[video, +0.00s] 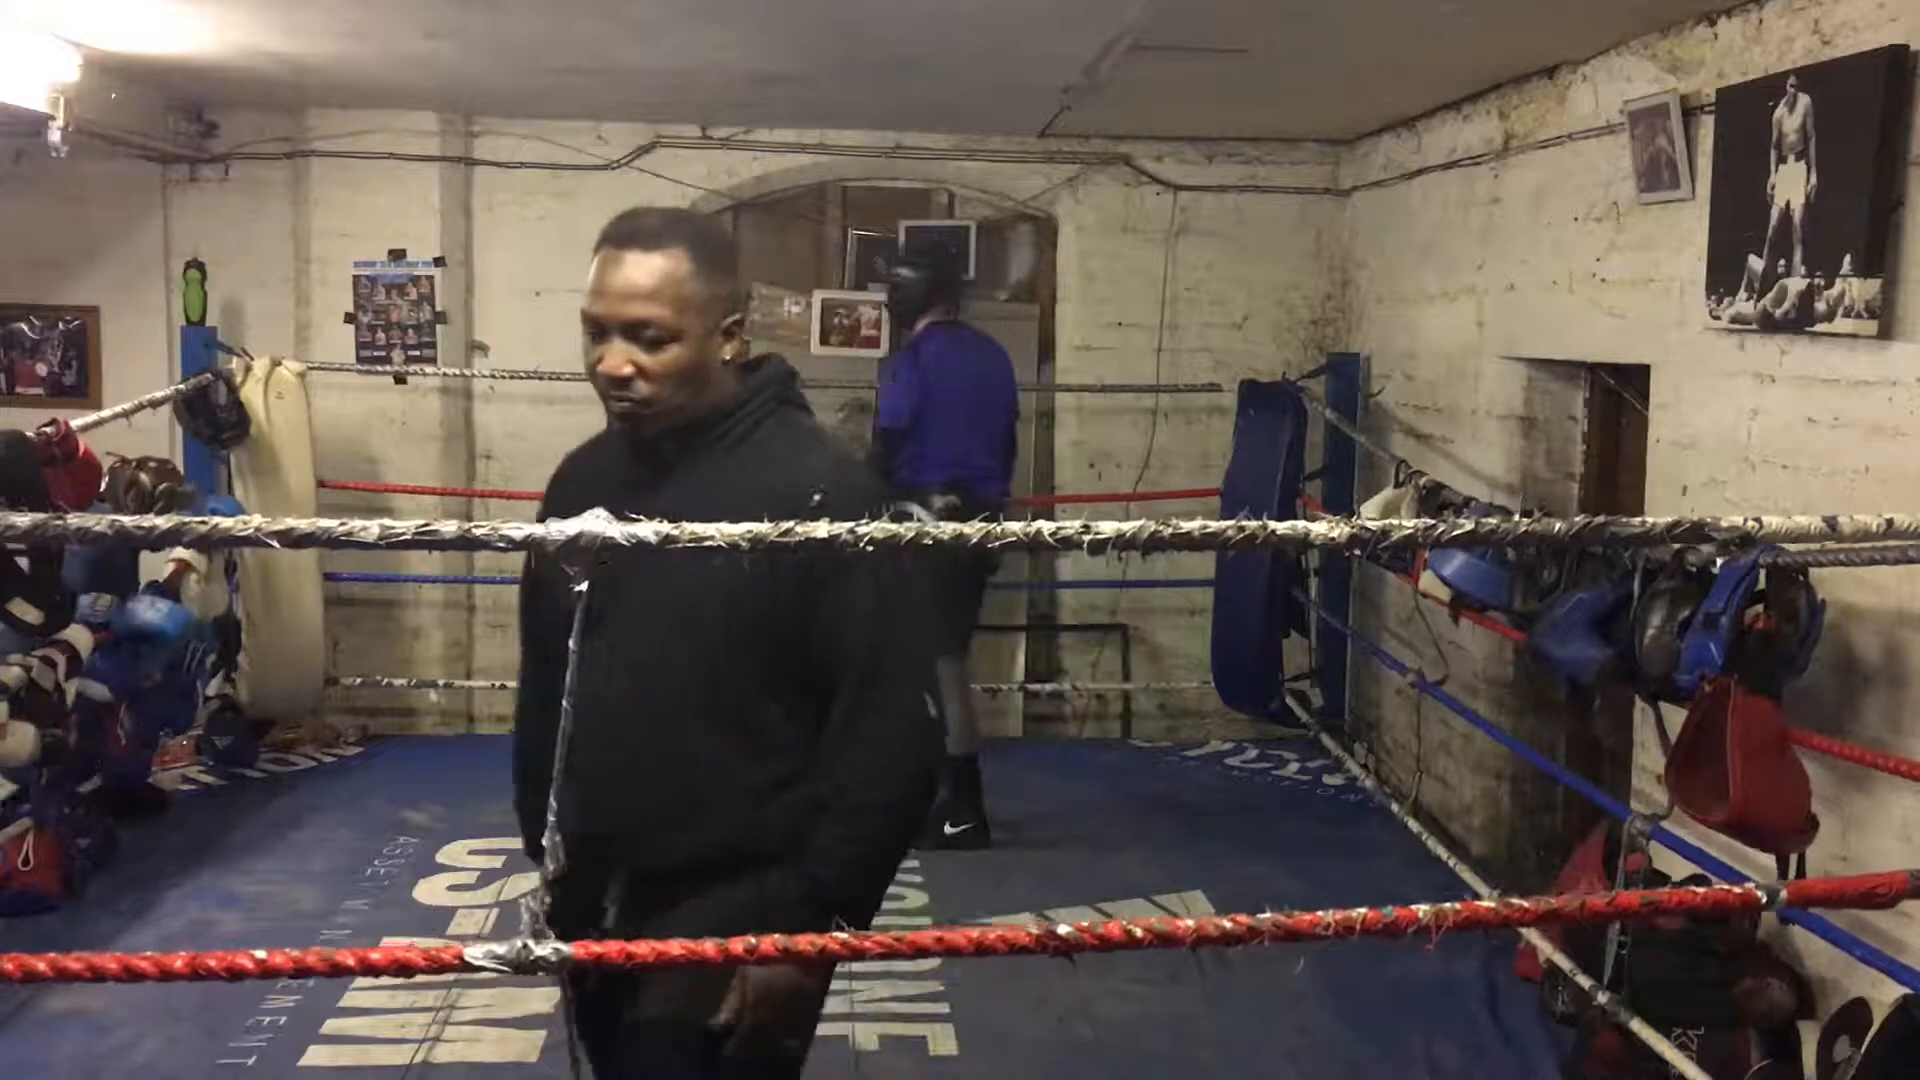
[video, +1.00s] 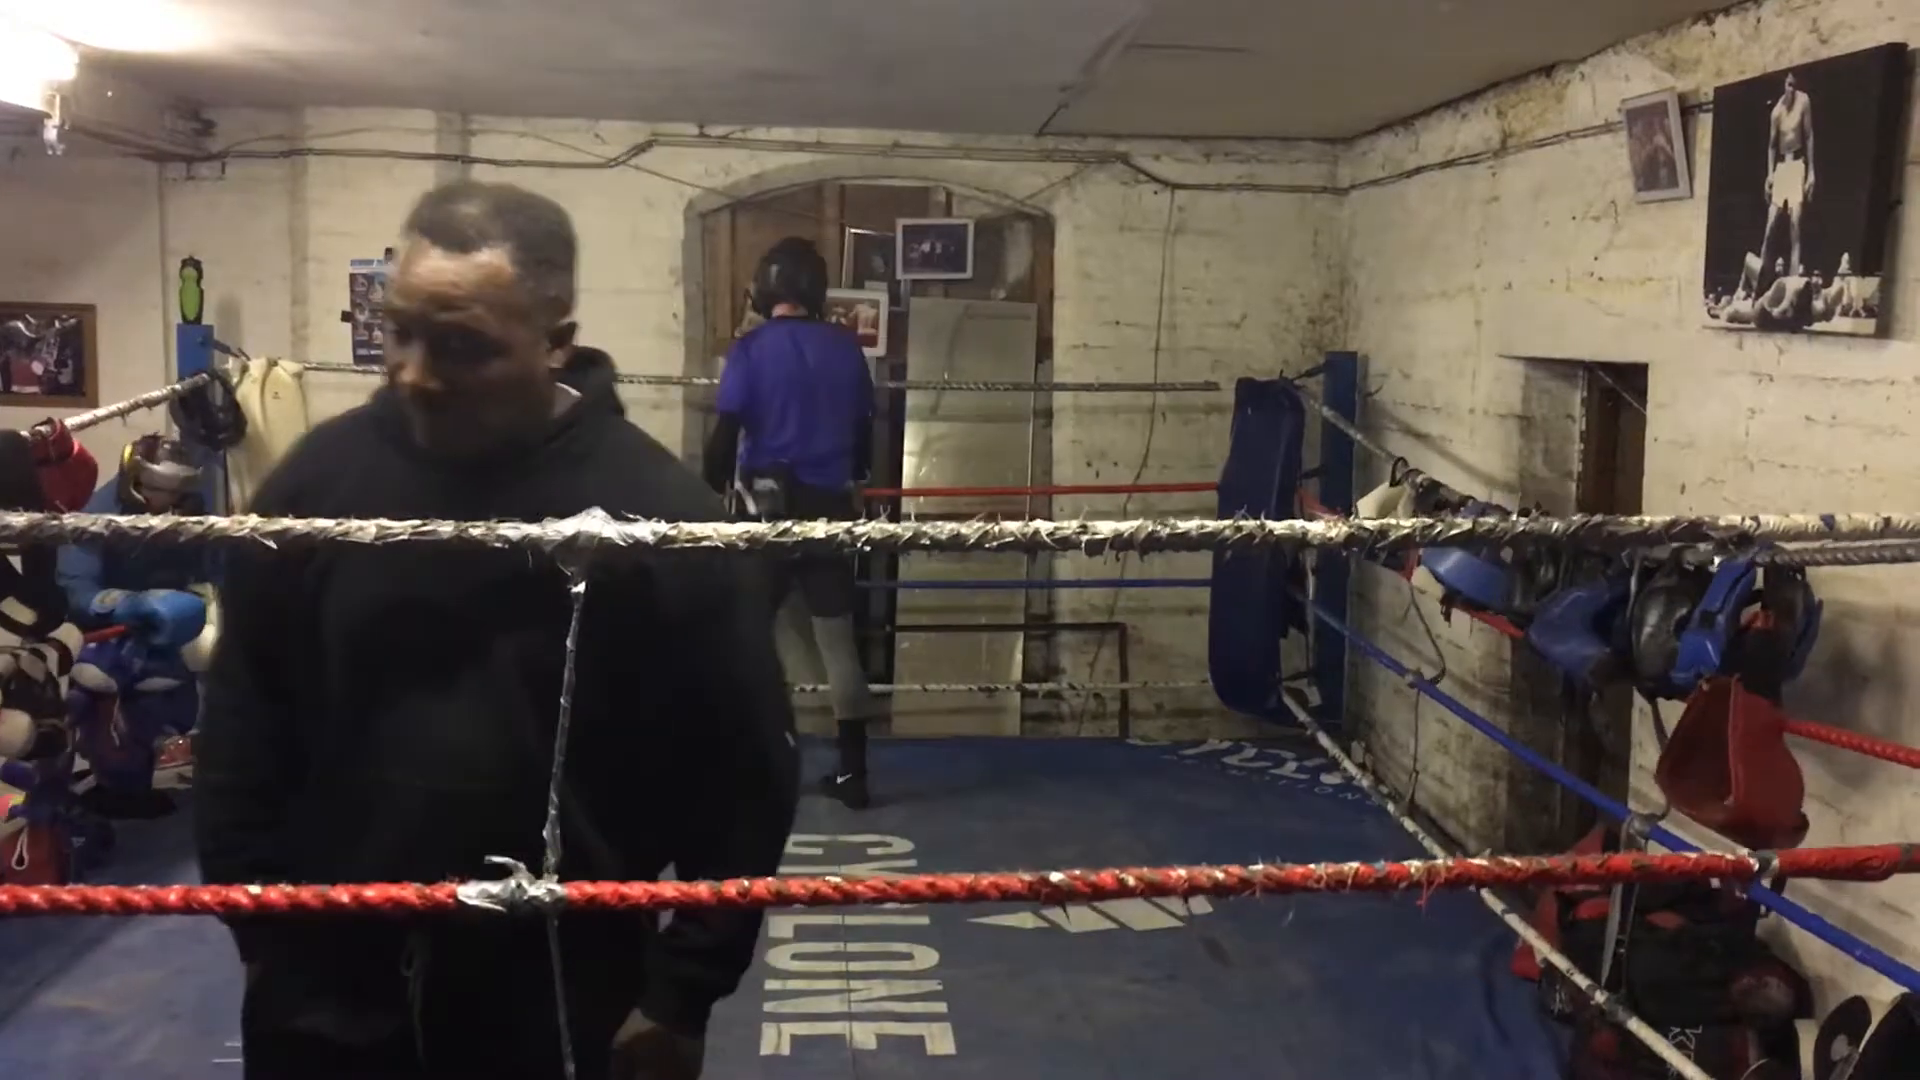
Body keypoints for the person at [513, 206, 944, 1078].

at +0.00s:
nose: (614, 366)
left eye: (649, 338)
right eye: (598, 334)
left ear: (732, 336)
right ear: (583, 325)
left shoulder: (830, 497)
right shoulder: (583, 482)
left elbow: (893, 749)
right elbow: (543, 685)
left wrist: (806, 933)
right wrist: (546, 846)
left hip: (746, 916)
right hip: (596, 897)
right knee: (616, 1058)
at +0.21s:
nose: (564, 375)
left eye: (603, 351)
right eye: (549, 340)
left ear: (690, 347)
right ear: (534, 325)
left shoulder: (783, 512)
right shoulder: (530, 478)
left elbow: (847, 778)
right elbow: (487, 695)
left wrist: (760, 995)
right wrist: (498, 886)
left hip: (690, 958)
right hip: (532, 938)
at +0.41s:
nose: (530, 378)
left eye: (573, 352)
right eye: (517, 339)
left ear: (664, 345)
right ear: (502, 316)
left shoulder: (759, 517)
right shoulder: (486, 470)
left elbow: (821, 784)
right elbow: (430, 689)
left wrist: (709, 1004)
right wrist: (434, 893)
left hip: (658, 985)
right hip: (468, 970)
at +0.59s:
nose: (520, 372)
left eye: (566, 346)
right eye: (509, 332)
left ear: (661, 338)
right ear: (495, 306)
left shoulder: (750, 519)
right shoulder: (457, 458)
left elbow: (809, 782)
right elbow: (381, 685)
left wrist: (700, 1004)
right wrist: (387, 888)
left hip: (641, 981)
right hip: (435, 967)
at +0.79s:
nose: (482, 376)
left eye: (529, 349)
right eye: (470, 334)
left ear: (624, 345)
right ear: (458, 310)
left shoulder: (720, 521)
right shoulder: (397, 465)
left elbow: (794, 787)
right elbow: (317, 695)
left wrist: (699, 1014)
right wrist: (328, 897)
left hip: (608, 997)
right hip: (381, 979)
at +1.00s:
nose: (412, 375)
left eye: (461, 346)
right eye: (398, 333)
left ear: (557, 339)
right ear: (384, 312)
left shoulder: (668, 516)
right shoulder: (319, 477)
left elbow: (748, 774)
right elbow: (239, 715)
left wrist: (679, 998)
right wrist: (263, 936)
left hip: (564, 1007)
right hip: (331, 991)